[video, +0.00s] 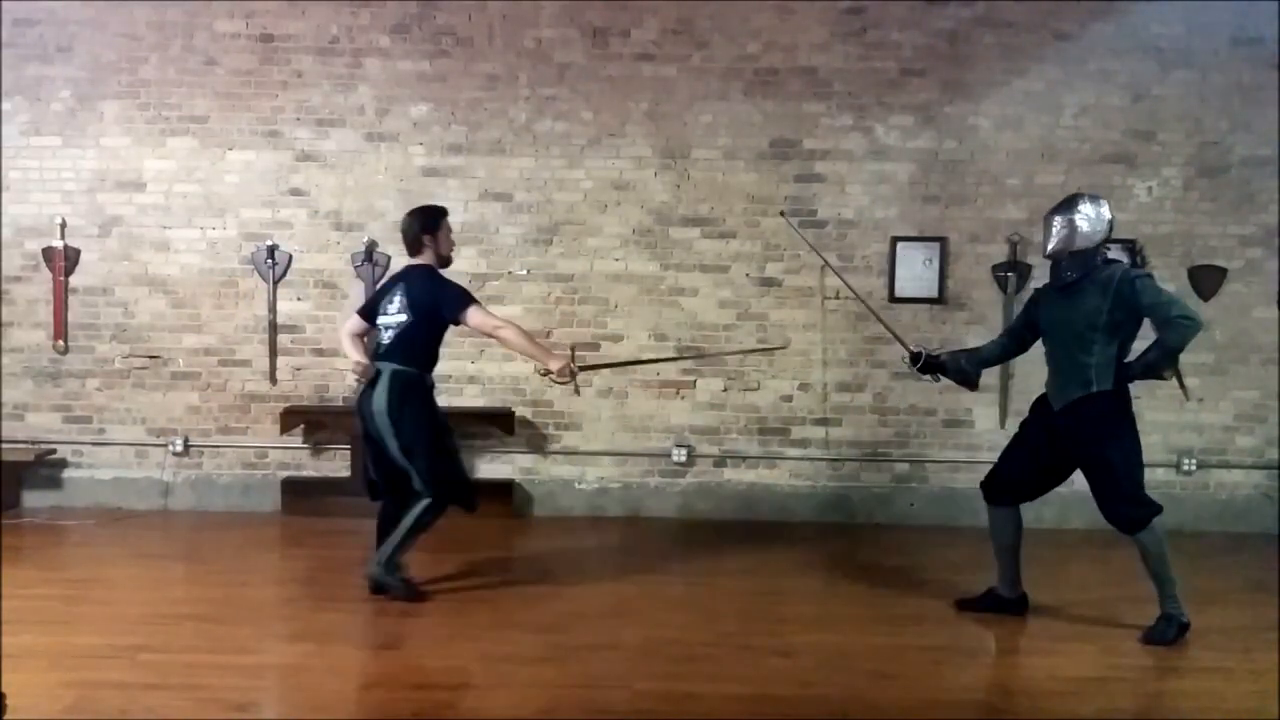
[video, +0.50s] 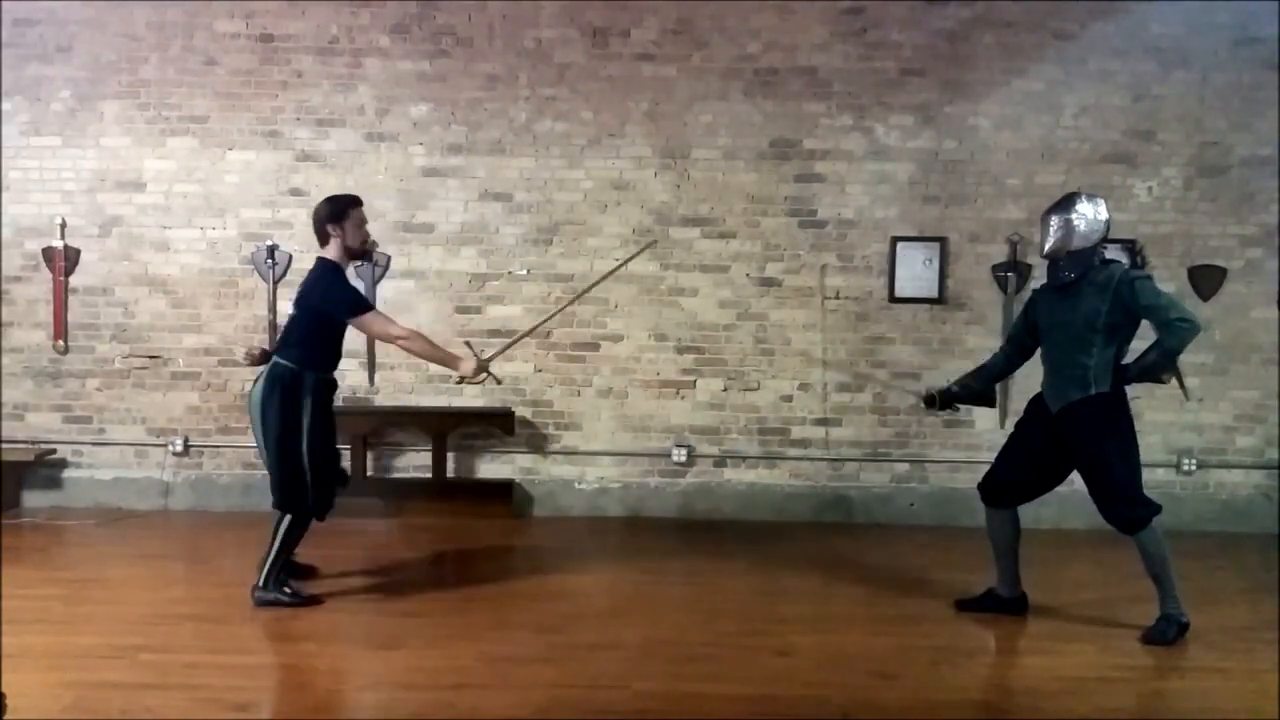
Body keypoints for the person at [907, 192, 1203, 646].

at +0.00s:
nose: (1053, 238)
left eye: (1064, 227)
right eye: (1053, 228)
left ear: (1089, 230)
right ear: (1056, 232)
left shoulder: (1123, 280)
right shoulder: (1046, 297)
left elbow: (1184, 323)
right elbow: (1007, 345)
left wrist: (1135, 370)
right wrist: (942, 361)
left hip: (1104, 413)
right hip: (1053, 415)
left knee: (1131, 510)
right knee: (1000, 490)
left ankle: (1173, 612)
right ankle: (1008, 592)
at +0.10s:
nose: (1054, 237)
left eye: (1065, 227)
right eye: (1053, 227)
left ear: (1090, 229)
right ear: (1055, 232)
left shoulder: (1124, 280)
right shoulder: (1047, 297)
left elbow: (1186, 322)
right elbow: (1006, 346)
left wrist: (1133, 371)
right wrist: (941, 362)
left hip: (1105, 413)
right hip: (1054, 414)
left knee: (1132, 510)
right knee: (1000, 491)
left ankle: (1173, 612)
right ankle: (1009, 592)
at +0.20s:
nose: (1054, 237)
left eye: (1065, 227)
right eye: (1053, 227)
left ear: (1089, 229)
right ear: (1056, 232)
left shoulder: (1124, 280)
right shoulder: (1045, 298)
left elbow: (1186, 322)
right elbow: (1004, 347)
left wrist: (1136, 370)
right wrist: (941, 365)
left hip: (1104, 412)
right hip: (1053, 414)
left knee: (1131, 510)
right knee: (1000, 492)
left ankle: (1173, 612)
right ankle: (1009, 592)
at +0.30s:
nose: (1053, 239)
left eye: (1063, 228)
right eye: (1053, 229)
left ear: (1088, 230)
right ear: (1058, 233)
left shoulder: (1124, 280)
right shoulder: (1045, 298)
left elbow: (1186, 324)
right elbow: (1005, 349)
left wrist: (1136, 370)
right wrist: (943, 371)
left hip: (1103, 413)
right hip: (1052, 414)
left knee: (1131, 509)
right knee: (999, 491)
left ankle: (1173, 611)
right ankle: (1008, 592)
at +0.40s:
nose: (1052, 239)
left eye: (1062, 229)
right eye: (1052, 229)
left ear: (1088, 230)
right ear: (1054, 233)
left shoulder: (1124, 280)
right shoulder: (1043, 298)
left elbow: (1185, 324)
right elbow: (1005, 353)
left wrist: (1136, 371)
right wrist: (946, 379)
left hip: (1102, 413)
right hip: (1051, 415)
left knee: (1130, 510)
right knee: (998, 492)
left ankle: (1173, 612)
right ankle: (1008, 592)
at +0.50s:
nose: (1056, 239)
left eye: (1067, 228)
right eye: (1053, 229)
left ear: (1090, 231)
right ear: (1049, 233)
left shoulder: (1122, 282)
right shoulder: (1042, 299)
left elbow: (1183, 325)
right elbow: (1008, 357)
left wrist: (1136, 371)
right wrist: (954, 391)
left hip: (1101, 414)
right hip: (1049, 415)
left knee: (1130, 511)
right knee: (996, 492)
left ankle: (1173, 612)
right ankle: (1007, 592)